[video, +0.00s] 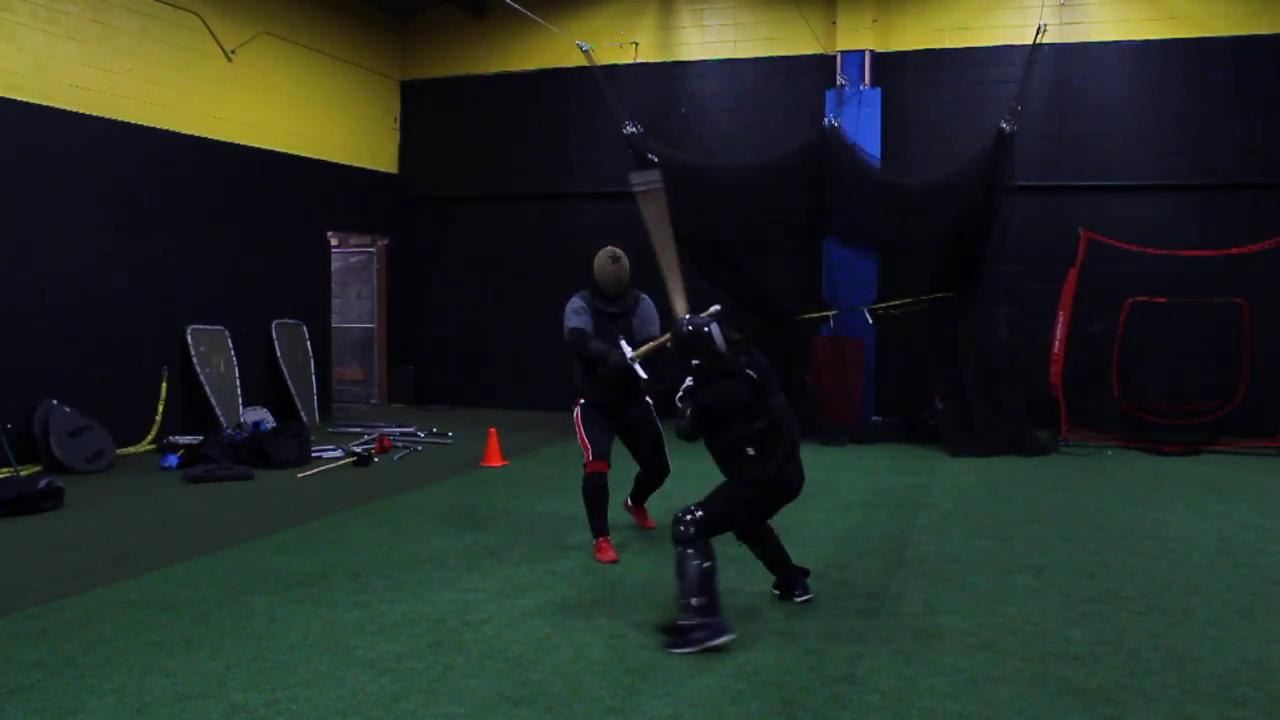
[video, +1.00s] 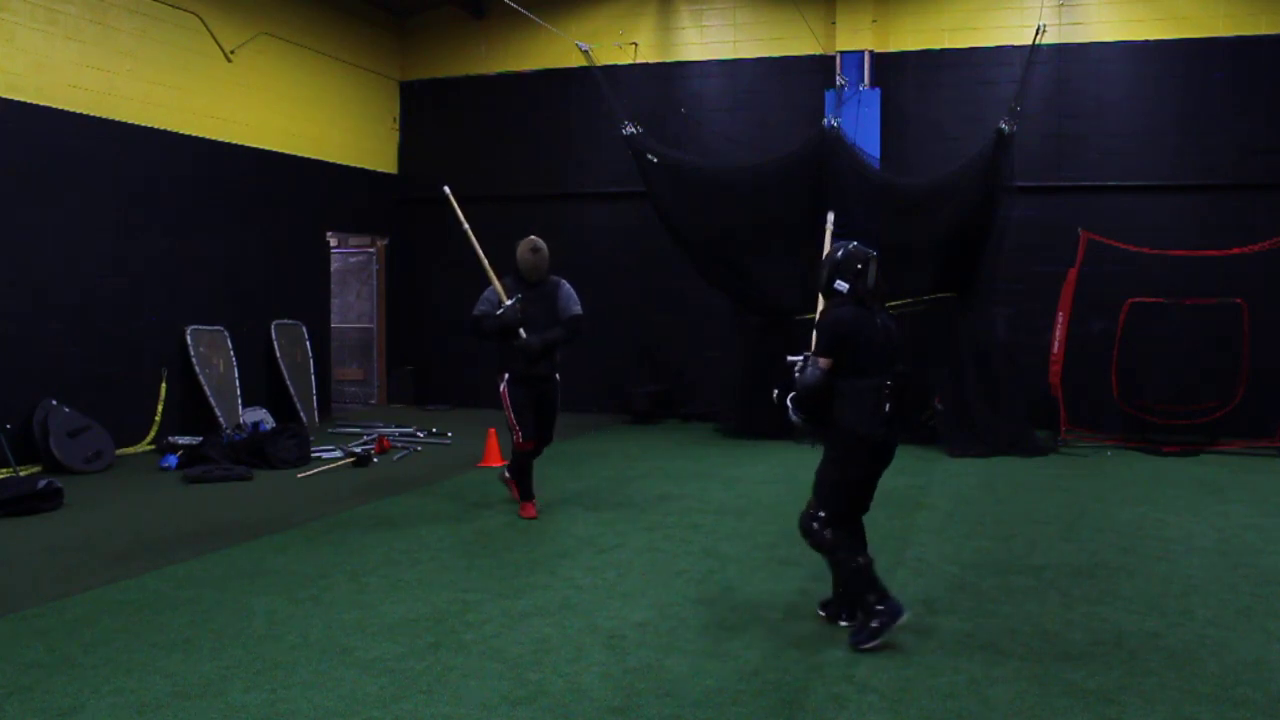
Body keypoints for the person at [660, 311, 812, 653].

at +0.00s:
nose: (686, 360)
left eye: (688, 354)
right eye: (686, 353)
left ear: (698, 356)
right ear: (722, 343)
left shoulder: (708, 391)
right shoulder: (752, 366)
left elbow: (688, 431)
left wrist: (686, 397)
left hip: (756, 482)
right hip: (786, 475)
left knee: (689, 525)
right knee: (744, 518)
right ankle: (792, 580)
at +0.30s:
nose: (725, 339)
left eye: (728, 332)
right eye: (727, 331)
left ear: (735, 333)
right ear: (764, 327)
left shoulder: (742, 375)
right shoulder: (792, 362)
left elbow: (711, 429)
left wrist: (711, 412)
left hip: (765, 483)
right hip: (804, 475)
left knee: (709, 537)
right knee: (766, 512)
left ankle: (744, 631)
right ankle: (794, 582)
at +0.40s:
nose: (735, 312)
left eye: (738, 305)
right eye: (737, 305)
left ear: (745, 309)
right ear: (777, 306)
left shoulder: (746, 351)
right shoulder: (802, 346)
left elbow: (721, 411)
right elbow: (810, 401)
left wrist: (714, 416)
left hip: (771, 463)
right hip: (811, 459)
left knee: (724, 530)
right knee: (789, 511)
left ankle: (746, 630)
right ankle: (795, 581)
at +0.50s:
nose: (749, 293)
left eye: (752, 287)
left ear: (755, 290)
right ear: (793, 289)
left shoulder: (753, 333)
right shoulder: (813, 333)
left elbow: (732, 391)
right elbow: (827, 386)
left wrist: (714, 408)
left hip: (777, 452)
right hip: (815, 450)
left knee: (738, 527)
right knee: (802, 512)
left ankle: (748, 629)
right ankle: (820, 589)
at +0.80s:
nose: (804, 292)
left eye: (808, 286)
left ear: (813, 289)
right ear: (844, 292)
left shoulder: (805, 327)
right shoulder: (854, 333)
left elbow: (782, 384)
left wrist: (767, 414)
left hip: (825, 446)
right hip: (858, 446)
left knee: (786, 529)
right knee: (830, 523)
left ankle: (762, 627)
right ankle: (844, 604)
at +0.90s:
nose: (817, 283)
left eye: (821, 276)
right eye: (822, 276)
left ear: (828, 279)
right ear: (858, 280)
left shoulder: (824, 319)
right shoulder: (869, 322)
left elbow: (803, 377)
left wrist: (782, 393)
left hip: (838, 440)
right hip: (868, 441)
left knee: (793, 519)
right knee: (838, 518)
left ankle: (820, 621)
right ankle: (845, 603)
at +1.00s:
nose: (827, 282)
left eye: (830, 274)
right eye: (833, 274)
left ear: (834, 278)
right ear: (869, 279)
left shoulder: (837, 321)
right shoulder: (880, 322)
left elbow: (813, 378)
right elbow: (866, 378)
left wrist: (796, 381)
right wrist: (814, 366)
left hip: (852, 437)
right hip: (878, 435)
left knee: (817, 521)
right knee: (847, 516)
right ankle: (846, 600)